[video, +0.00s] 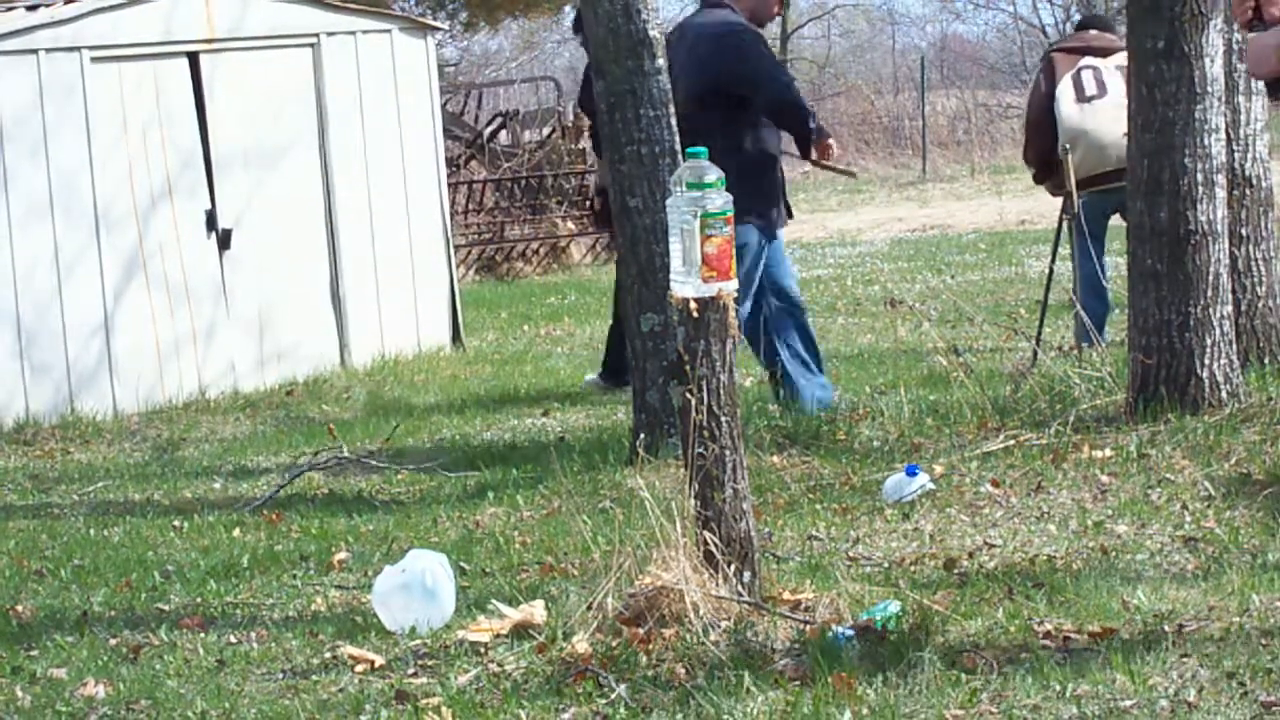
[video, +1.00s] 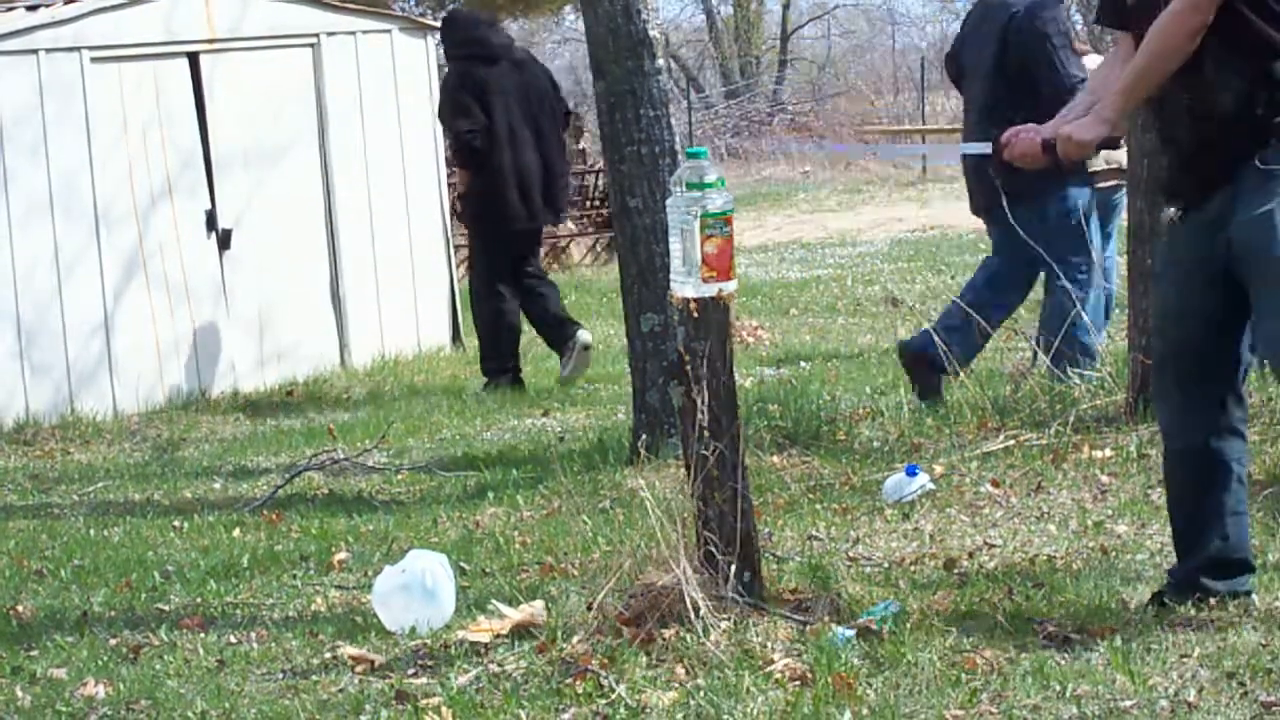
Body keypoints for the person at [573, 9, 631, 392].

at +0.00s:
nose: (580, 38)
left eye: (583, 30)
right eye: (580, 30)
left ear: (595, 31)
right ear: (596, 31)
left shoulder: (603, 70)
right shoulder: (603, 68)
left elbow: (601, 130)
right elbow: (600, 132)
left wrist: (603, 182)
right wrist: (602, 182)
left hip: (624, 175)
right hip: (620, 174)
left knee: (631, 271)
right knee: (633, 270)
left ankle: (617, 367)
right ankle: (616, 366)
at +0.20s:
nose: (556, 40)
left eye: (557, 33)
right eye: (559, 32)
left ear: (562, 31)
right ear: (593, 23)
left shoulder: (574, 63)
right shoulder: (618, 52)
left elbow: (582, 127)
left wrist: (574, 180)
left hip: (598, 184)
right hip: (629, 177)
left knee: (595, 270)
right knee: (621, 269)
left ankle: (622, 367)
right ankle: (615, 370)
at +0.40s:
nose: (537, 34)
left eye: (539, 27)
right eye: (538, 28)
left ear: (548, 23)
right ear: (590, 16)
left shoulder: (558, 54)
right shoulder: (616, 48)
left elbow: (563, 116)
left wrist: (550, 163)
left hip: (578, 185)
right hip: (620, 180)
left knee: (554, 267)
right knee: (610, 266)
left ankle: (601, 359)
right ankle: (623, 357)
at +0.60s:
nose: (511, 43)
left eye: (511, 36)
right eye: (510, 37)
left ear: (520, 32)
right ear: (553, 22)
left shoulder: (529, 60)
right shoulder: (587, 55)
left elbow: (538, 125)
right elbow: (612, 117)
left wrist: (527, 174)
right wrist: (608, 166)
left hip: (553, 194)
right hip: (599, 189)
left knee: (539, 288)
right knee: (600, 285)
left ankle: (519, 373)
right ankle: (616, 373)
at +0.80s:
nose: (475, 50)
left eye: (475, 42)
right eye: (475, 43)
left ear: (484, 40)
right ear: (517, 30)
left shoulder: (492, 74)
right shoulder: (556, 65)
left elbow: (501, 137)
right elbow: (588, 117)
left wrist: (493, 184)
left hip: (521, 202)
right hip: (565, 193)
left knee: (517, 292)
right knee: (575, 284)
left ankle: (506, 376)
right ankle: (610, 368)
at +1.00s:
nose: (445, 50)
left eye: (446, 44)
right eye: (445, 44)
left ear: (455, 42)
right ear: (491, 31)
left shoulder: (462, 76)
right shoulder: (528, 64)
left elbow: (469, 137)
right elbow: (560, 115)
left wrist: (466, 176)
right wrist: (542, 157)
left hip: (491, 197)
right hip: (536, 188)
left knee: (491, 284)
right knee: (526, 271)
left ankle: (503, 377)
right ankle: (568, 337)